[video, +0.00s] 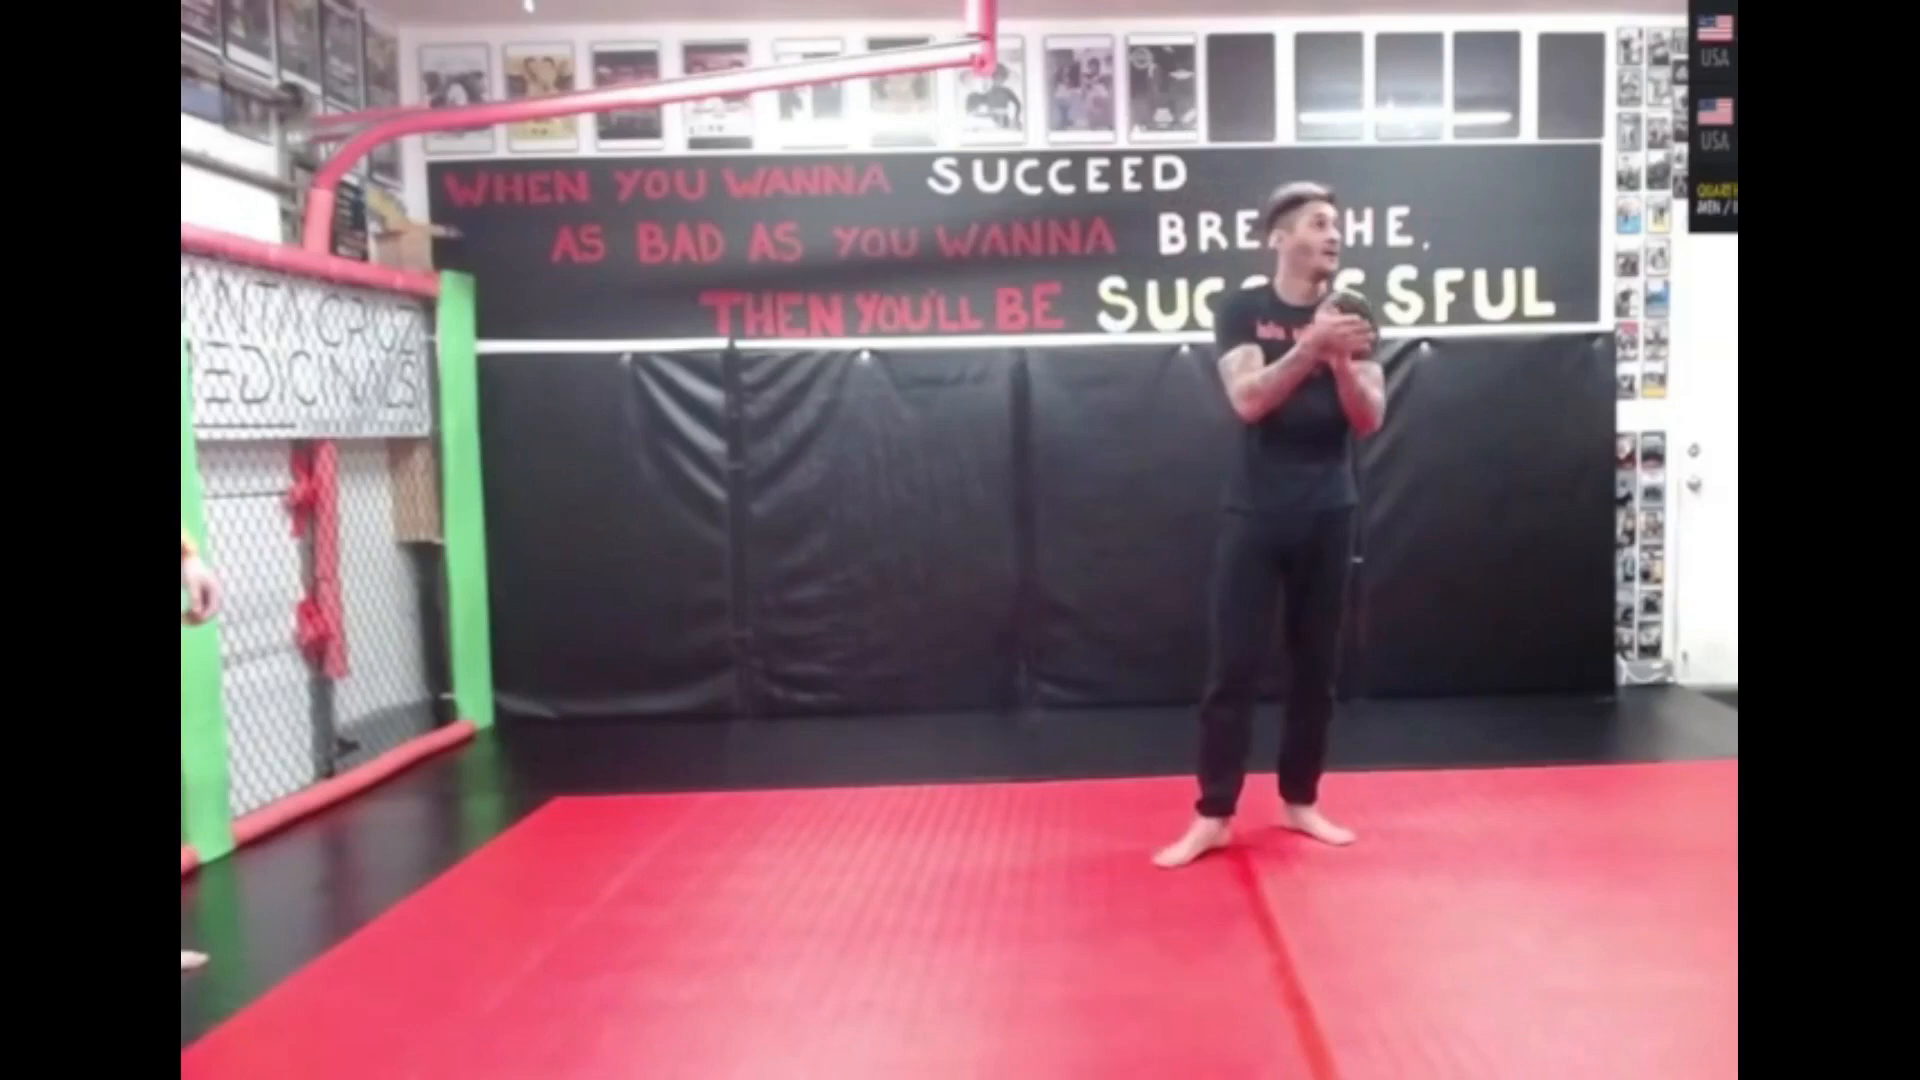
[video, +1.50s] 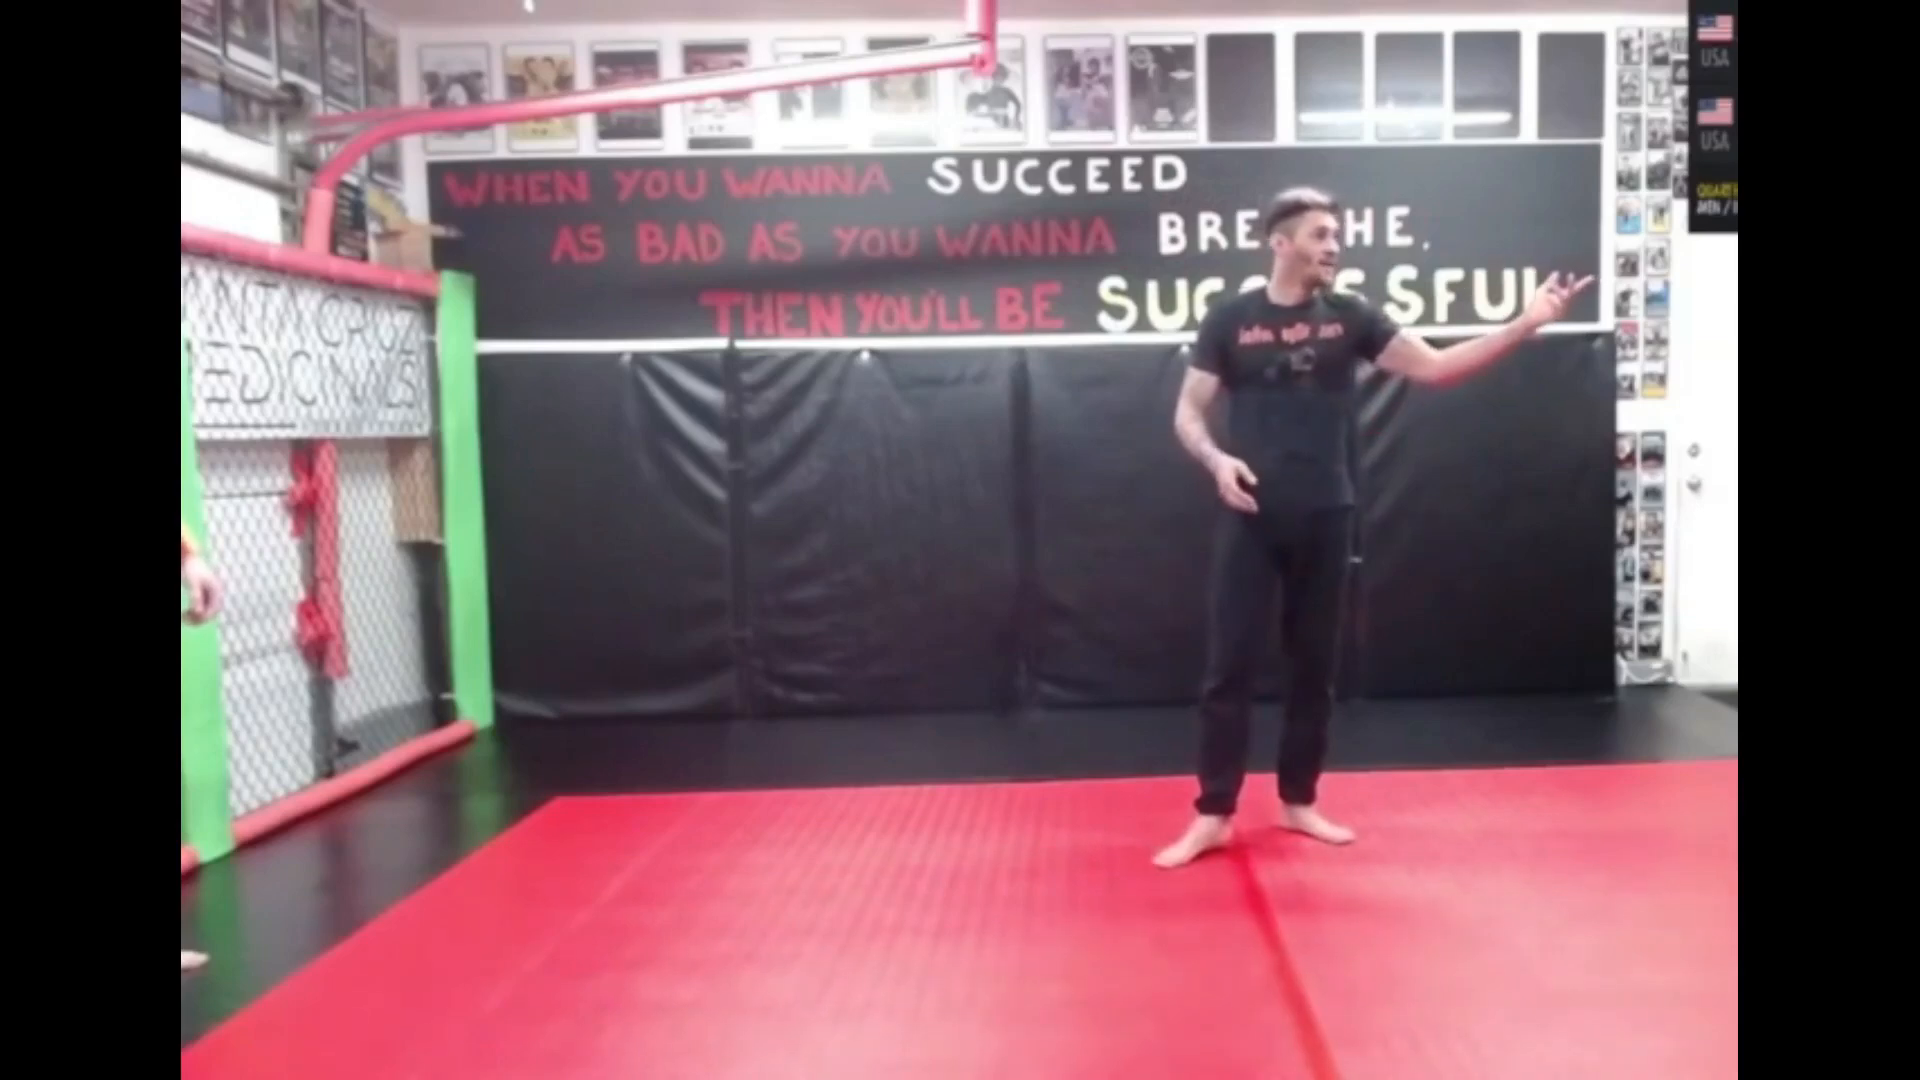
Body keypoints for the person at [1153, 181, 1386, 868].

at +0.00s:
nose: (1332, 235)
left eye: (1335, 225)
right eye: (1317, 224)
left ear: (1338, 242)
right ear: (1276, 239)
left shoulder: (1353, 315)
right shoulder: (1240, 309)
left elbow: (1369, 419)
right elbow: (1248, 401)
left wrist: (1343, 356)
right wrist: (1315, 344)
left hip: (1328, 512)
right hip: (1254, 511)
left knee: (1317, 662)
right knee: (1234, 661)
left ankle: (1300, 800)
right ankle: (1213, 814)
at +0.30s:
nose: (1338, 239)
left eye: (1341, 229)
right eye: (1324, 228)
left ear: (1341, 244)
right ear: (1281, 239)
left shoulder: (1353, 313)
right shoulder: (1242, 307)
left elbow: (1378, 412)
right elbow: (1239, 398)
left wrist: (1360, 355)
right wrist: (1314, 350)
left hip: (1329, 512)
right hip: (1255, 511)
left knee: (1317, 661)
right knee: (1231, 660)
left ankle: (1300, 801)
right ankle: (1212, 812)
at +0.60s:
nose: (1338, 244)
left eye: (1340, 234)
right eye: (1324, 232)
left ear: (1338, 245)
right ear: (1282, 241)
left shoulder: (1352, 315)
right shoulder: (1239, 309)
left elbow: (1413, 392)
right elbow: (1220, 401)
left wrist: (1451, 336)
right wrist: (1298, 378)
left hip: (1327, 515)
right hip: (1251, 512)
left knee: (1318, 662)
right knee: (1230, 662)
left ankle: (1300, 802)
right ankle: (1213, 813)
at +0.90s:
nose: (1337, 246)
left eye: (1341, 236)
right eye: (1325, 234)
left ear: (1338, 246)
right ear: (1283, 240)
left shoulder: (1353, 313)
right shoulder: (1233, 316)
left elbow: (1441, 363)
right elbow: (1191, 413)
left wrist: (1534, 315)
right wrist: (1242, 468)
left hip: (1325, 515)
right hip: (1248, 514)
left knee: (1314, 664)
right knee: (1229, 663)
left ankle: (1298, 802)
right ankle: (1212, 814)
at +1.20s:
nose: (1335, 246)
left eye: (1338, 236)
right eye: (1322, 234)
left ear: (1336, 247)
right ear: (1279, 242)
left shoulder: (1352, 316)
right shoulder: (1232, 318)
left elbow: (1437, 369)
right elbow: (1189, 414)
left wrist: (1528, 324)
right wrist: (1217, 463)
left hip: (1326, 517)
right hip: (1249, 516)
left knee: (1315, 665)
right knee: (1229, 665)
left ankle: (1298, 802)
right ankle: (1213, 814)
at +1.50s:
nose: (1333, 247)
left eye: (1336, 238)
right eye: (1320, 236)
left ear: (1334, 248)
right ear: (1277, 242)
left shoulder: (1350, 316)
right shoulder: (1229, 320)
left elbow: (1435, 367)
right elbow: (1187, 415)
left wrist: (1525, 323)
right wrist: (1215, 461)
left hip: (1325, 517)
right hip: (1248, 515)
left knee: (1315, 665)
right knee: (1228, 665)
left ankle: (1298, 802)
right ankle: (1213, 814)